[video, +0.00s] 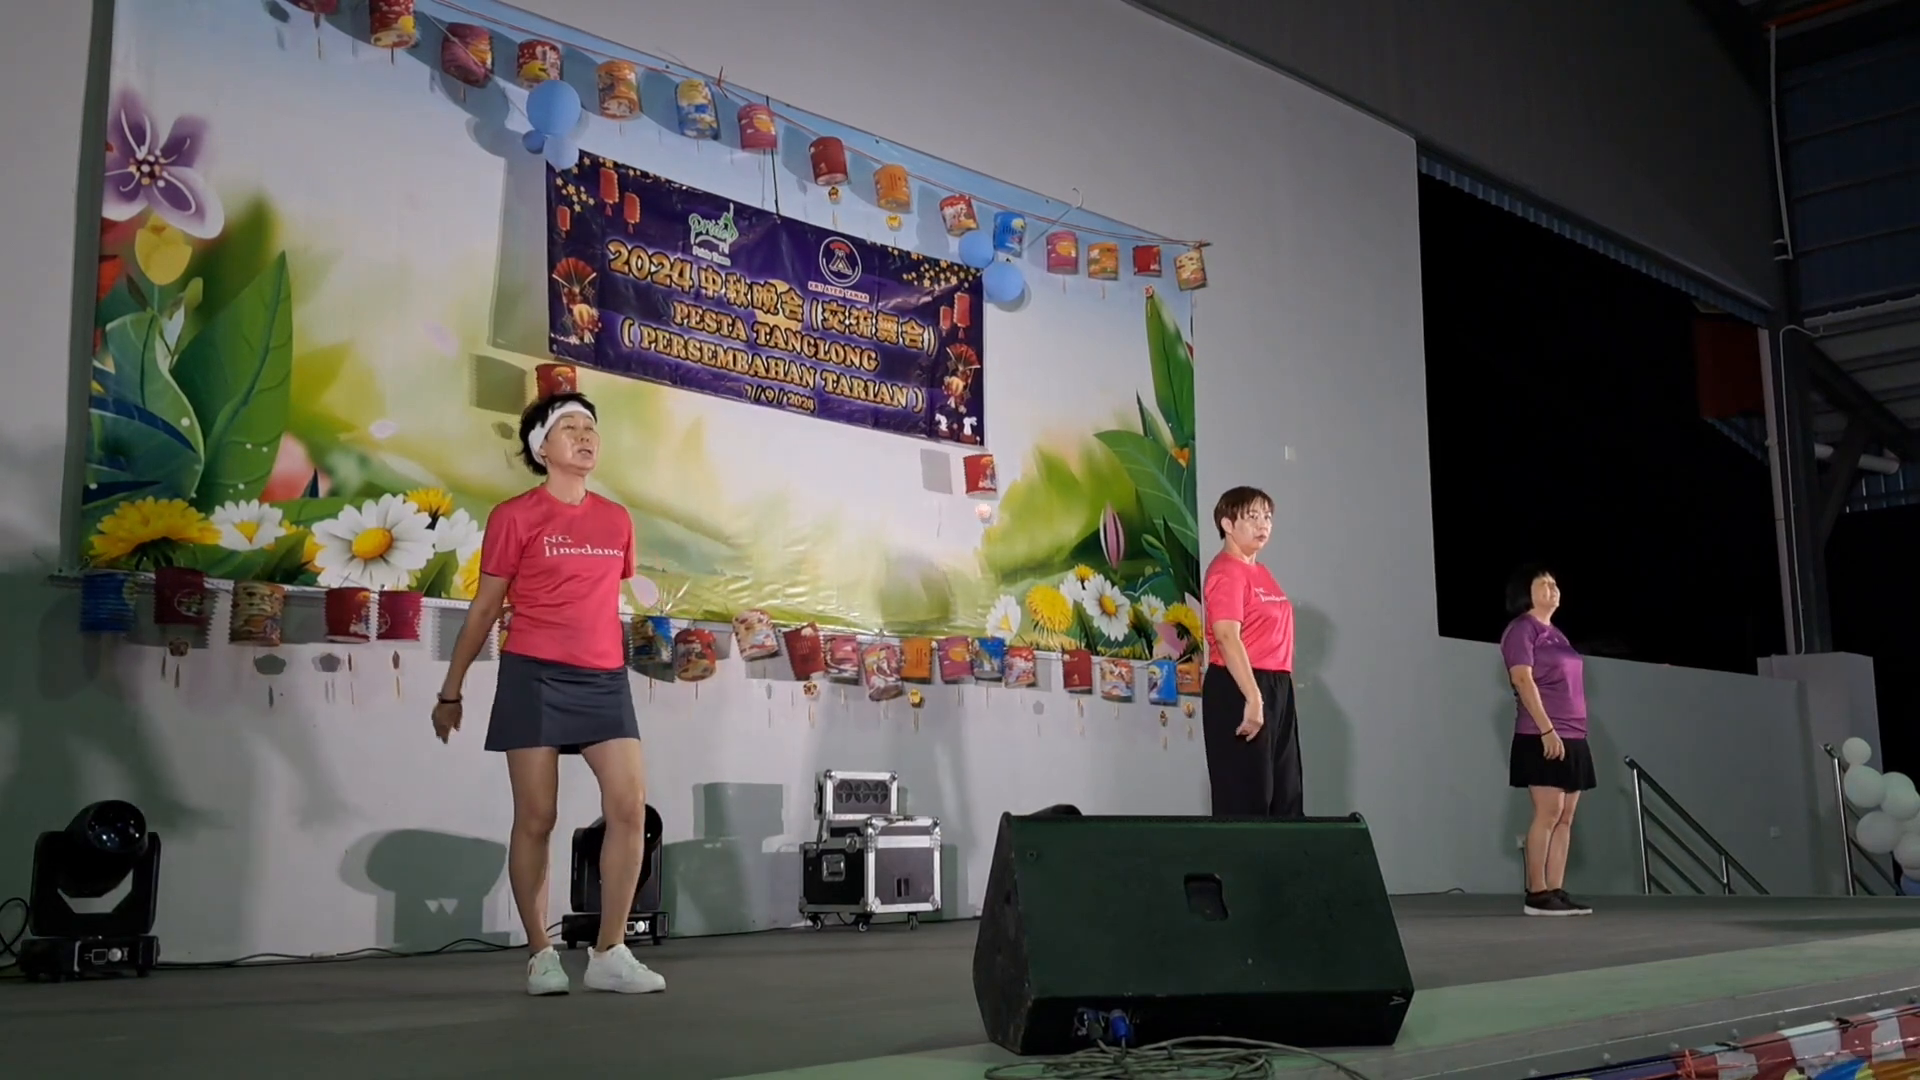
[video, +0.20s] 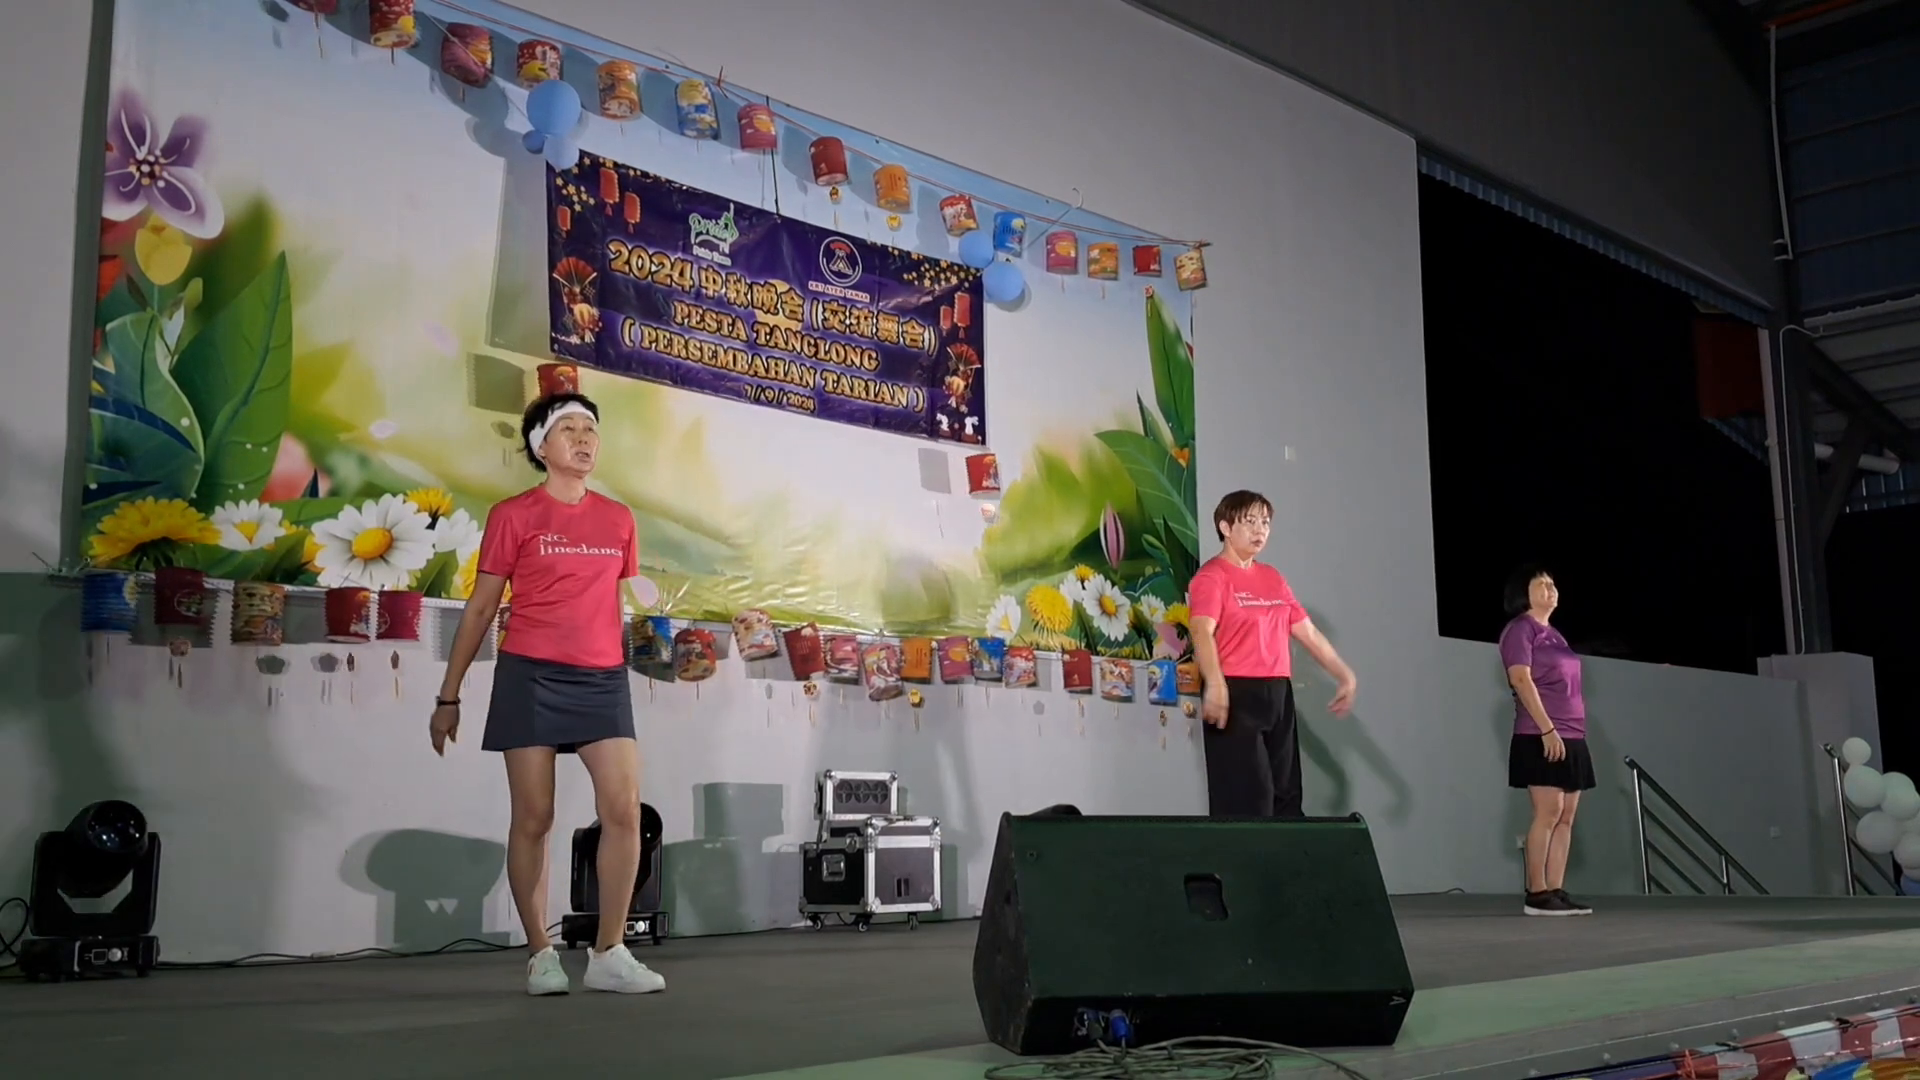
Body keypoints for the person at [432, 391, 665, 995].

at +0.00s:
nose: (585, 438)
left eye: (590, 430)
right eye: (570, 430)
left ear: (598, 446)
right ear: (541, 447)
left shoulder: (617, 520)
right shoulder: (514, 516)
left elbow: (617, 604)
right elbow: (485, 609)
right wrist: (451, 688)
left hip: (603, 679)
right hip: (532, 678)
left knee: (629, 806)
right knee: (536, 817)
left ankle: (610, 949)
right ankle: (541, 950)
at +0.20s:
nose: (584, 440)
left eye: (590, 431)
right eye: (570, 430)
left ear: (598, 446)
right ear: (540, 445)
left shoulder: (618, 519)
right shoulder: (513, 515)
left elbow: (614, 608)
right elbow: (481, 608)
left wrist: (614, 676)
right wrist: (448, 695)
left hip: (602, 680)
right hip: (530, 678)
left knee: (624, 808)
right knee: (533, 817)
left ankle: (609, 950)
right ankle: (541, 950)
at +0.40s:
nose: (580, 438)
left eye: (587, 429)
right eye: (565, 428)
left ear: (595, 443)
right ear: (537, 443)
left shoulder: (616, 516)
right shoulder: (509, 514)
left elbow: (639, 600)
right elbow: (475, 604)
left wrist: (677, 664)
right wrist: (487, 660)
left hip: (603, 678)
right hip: (529, 677)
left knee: (621, 810)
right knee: (532, 818)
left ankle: (608, 953)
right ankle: (542, 950)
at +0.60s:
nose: (583, 437)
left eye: (589, 428)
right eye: (568, 428)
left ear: (597, 441)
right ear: (539, 442)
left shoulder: (619, 514)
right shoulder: (512, 512)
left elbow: (643, 593)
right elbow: (471, 594)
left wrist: (680, 609)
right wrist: (488, 613)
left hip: (606, 677)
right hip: (533, 676)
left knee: (616, 812)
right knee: (532, 816)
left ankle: (597, 948)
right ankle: (541, 950)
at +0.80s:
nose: (593, 448)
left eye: (600, 439)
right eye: (580, 437)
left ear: (606, 450)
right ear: (548, 447)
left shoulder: (623, 519)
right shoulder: (514, 519)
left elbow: (653, 604)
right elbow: (484, 610)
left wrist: (676, 595)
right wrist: (461, 615)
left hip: (609, 679)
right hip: (535, 678)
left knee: (619, 809)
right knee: (545, 813)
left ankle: (594, 952)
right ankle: (532, 938)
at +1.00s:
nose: (584, 482)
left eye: (594, 472)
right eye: (572, 469)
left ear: (601, 478)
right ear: (544, 470)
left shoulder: (615, 539)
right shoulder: (504, 540)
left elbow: (634, 623)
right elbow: (477, 632)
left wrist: (627, 649)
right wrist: (427, 704)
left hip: (596, 697)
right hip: (519, 696)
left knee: (624, 811)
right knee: (510, 836)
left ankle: (593, 949)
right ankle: (503, 945)